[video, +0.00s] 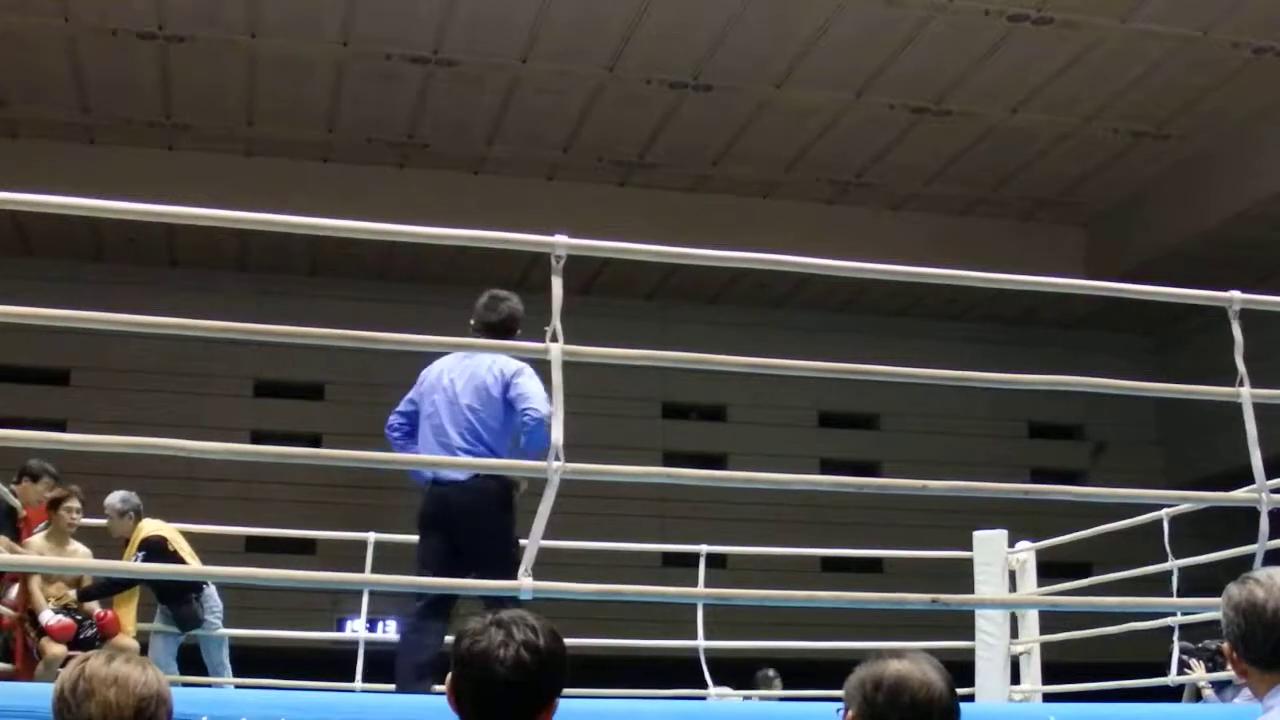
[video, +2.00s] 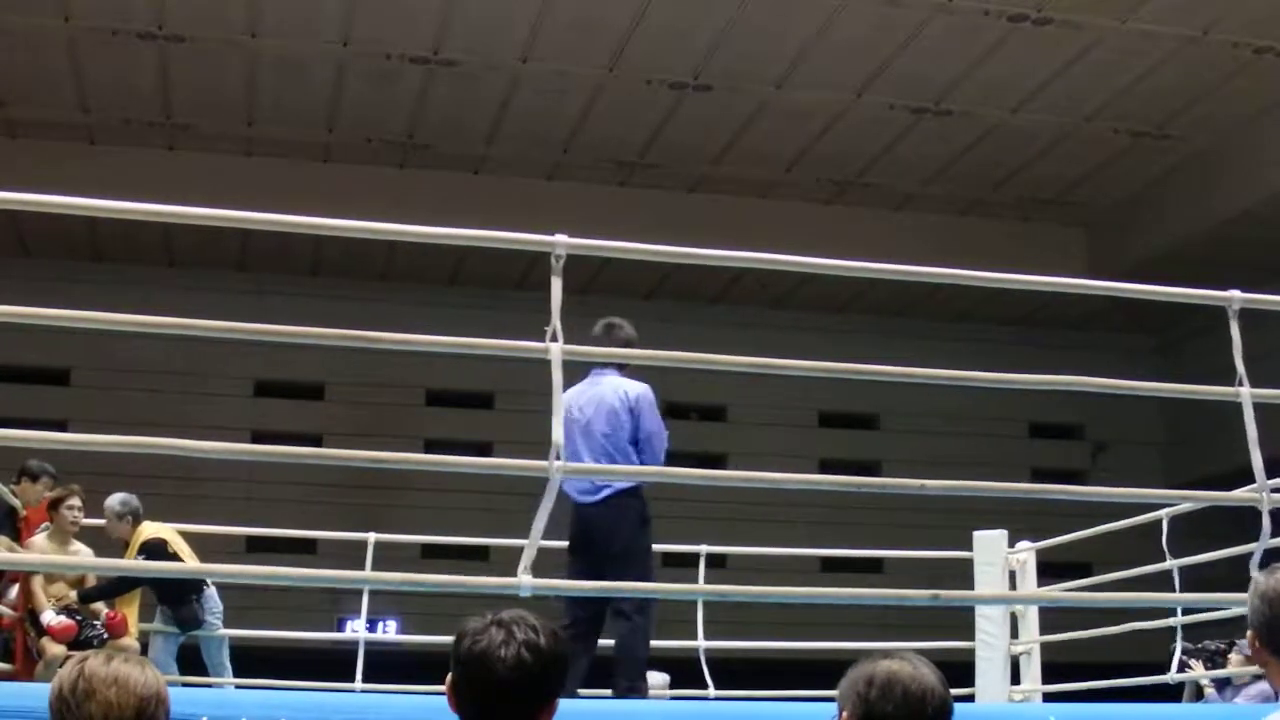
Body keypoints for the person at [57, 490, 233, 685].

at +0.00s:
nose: (107, 524)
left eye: (110, 518)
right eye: (107, 518)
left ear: (129, 518)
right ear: (129, 518)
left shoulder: (153, 539)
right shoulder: (139, 536)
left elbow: (125, 581)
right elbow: (120, 579)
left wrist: (78, 595)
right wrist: (83, 591)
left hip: (201, 600)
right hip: (171, 603)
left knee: (217, 665)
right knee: (160, 660)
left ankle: (229, 713)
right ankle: (175, 709)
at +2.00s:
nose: (105, 525)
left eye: (109, 519)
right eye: (106, 519)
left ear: (127, 521)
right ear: (126, 521)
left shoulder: (153, 542)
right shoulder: (136, 540)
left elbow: (125, 584)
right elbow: (124, 583)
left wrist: (79, 596)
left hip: (201, 600)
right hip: (170, 603)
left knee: (218, 665)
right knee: (160, 660)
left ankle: (229, 712)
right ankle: (177, 709)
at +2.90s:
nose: (105, 525)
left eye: (109, 519)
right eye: (106, 519)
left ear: (128, 520)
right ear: (128, 520)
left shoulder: (154, 543)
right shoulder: (139, 539)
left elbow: (124, 584)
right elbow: (125, 583)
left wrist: (79, 597)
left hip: (202, 600)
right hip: (171, 603)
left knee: (217, 664)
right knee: (159, 660)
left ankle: (230, 712)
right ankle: (175, 708)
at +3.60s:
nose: (117, 522)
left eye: (120, 516)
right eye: (117, 516)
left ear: (140, 514)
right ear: (137, 515)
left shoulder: (164, 537)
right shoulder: (138, 538)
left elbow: (133, 581)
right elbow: (127, 575)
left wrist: (86, 597)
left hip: (202, 601)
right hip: (170, 604)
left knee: (217, 664)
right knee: (159, 660)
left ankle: (229, 710)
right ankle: (176, 710)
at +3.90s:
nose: (120, 518)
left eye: (124, 513)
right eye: (120, 513)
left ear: (144, 511)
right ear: (143, 513)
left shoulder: (167, 536)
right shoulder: (138, 536)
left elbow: (141, 581)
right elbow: (124, 570)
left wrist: (97, 598)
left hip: (201, 601)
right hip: (169, 604)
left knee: (218, 667)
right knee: (157, 660)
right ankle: (176, 710)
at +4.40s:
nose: (131, 516)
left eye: (135, 510)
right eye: (130, 511)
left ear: (154, 509)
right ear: (151, 510)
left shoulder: (176, 531)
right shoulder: (144, 540)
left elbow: (172, 577)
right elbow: (144, 572)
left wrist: (136, 566)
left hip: (201, 601)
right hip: (170, 603)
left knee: (219, 664)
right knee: (156, 657)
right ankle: (175, 707)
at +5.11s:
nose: (126, 575)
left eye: (130, 568)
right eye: (124, 568)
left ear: (146, 562)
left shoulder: (171, 568)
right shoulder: (148, 579)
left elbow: (207, 599)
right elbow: (136, 606)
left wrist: (169, 608)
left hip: (220, 613)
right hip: (187, 615)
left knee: (216, 671)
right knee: (160, 656)